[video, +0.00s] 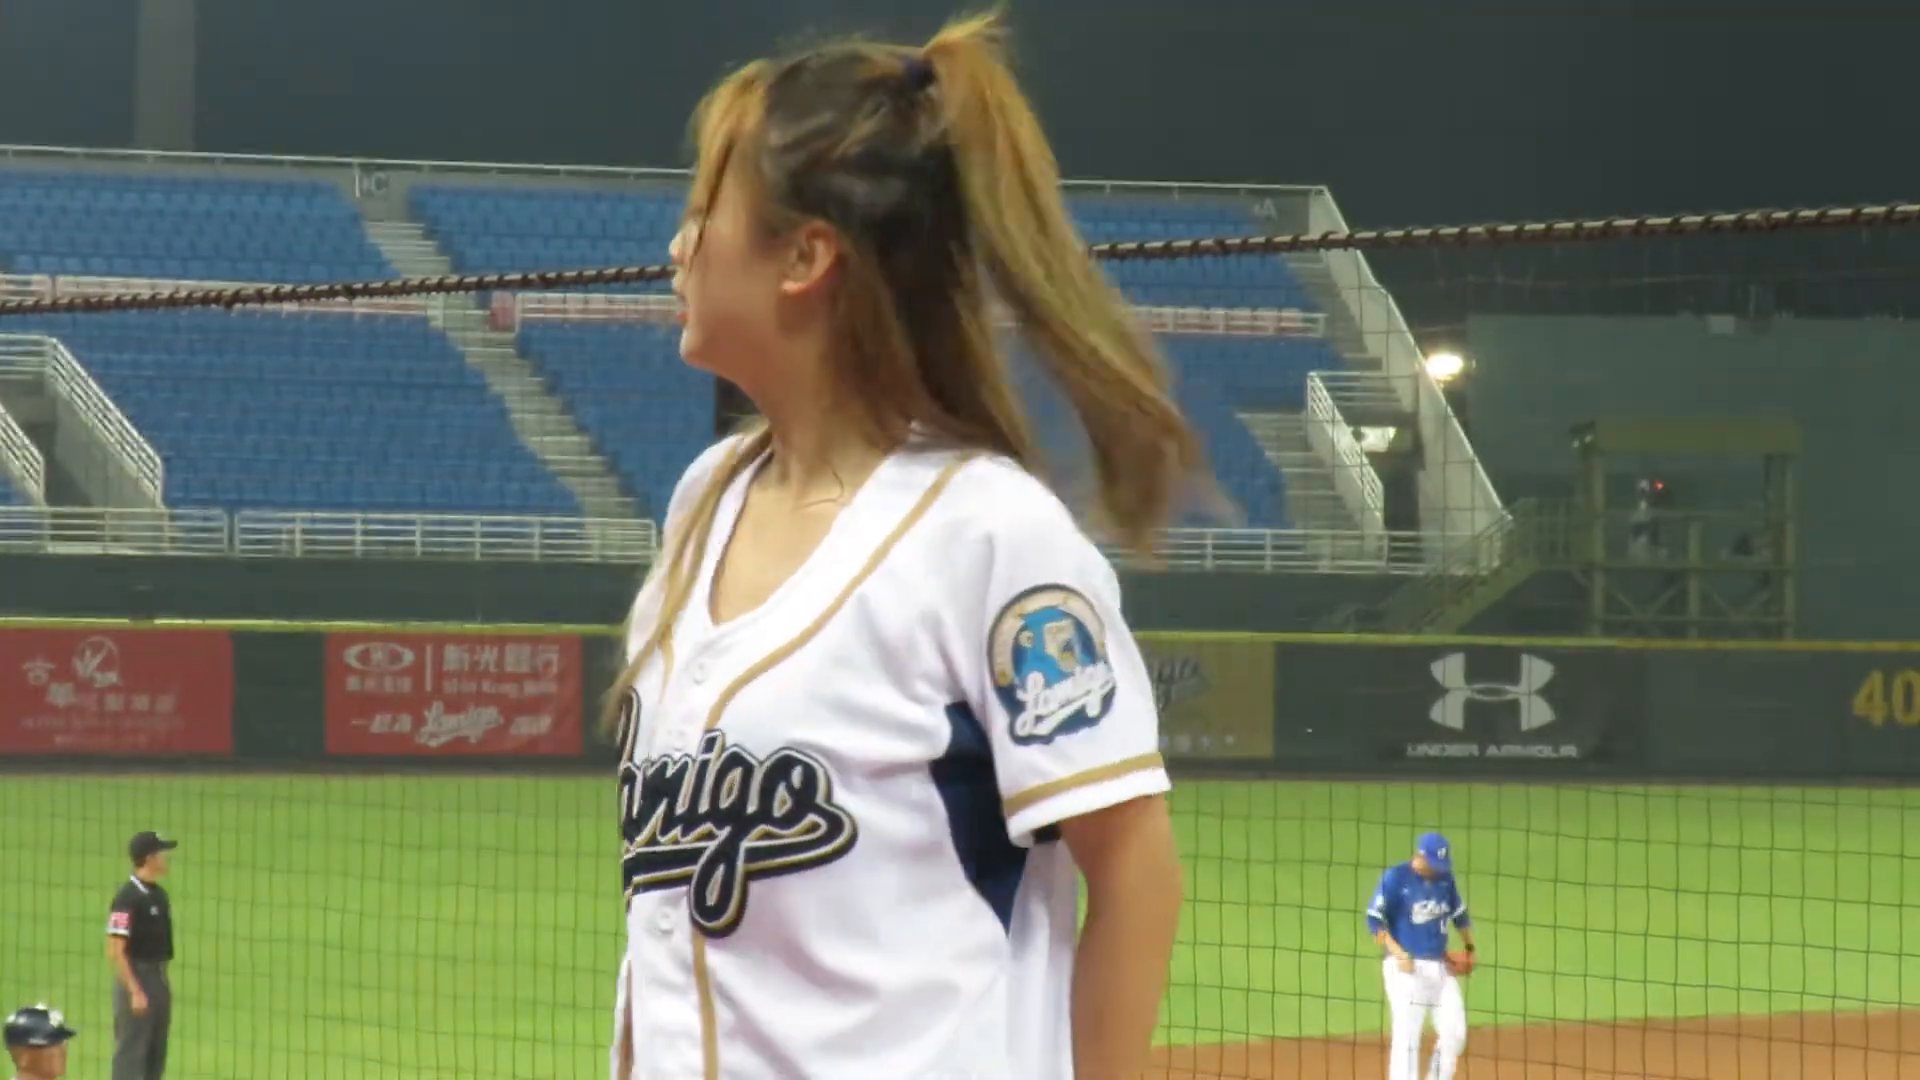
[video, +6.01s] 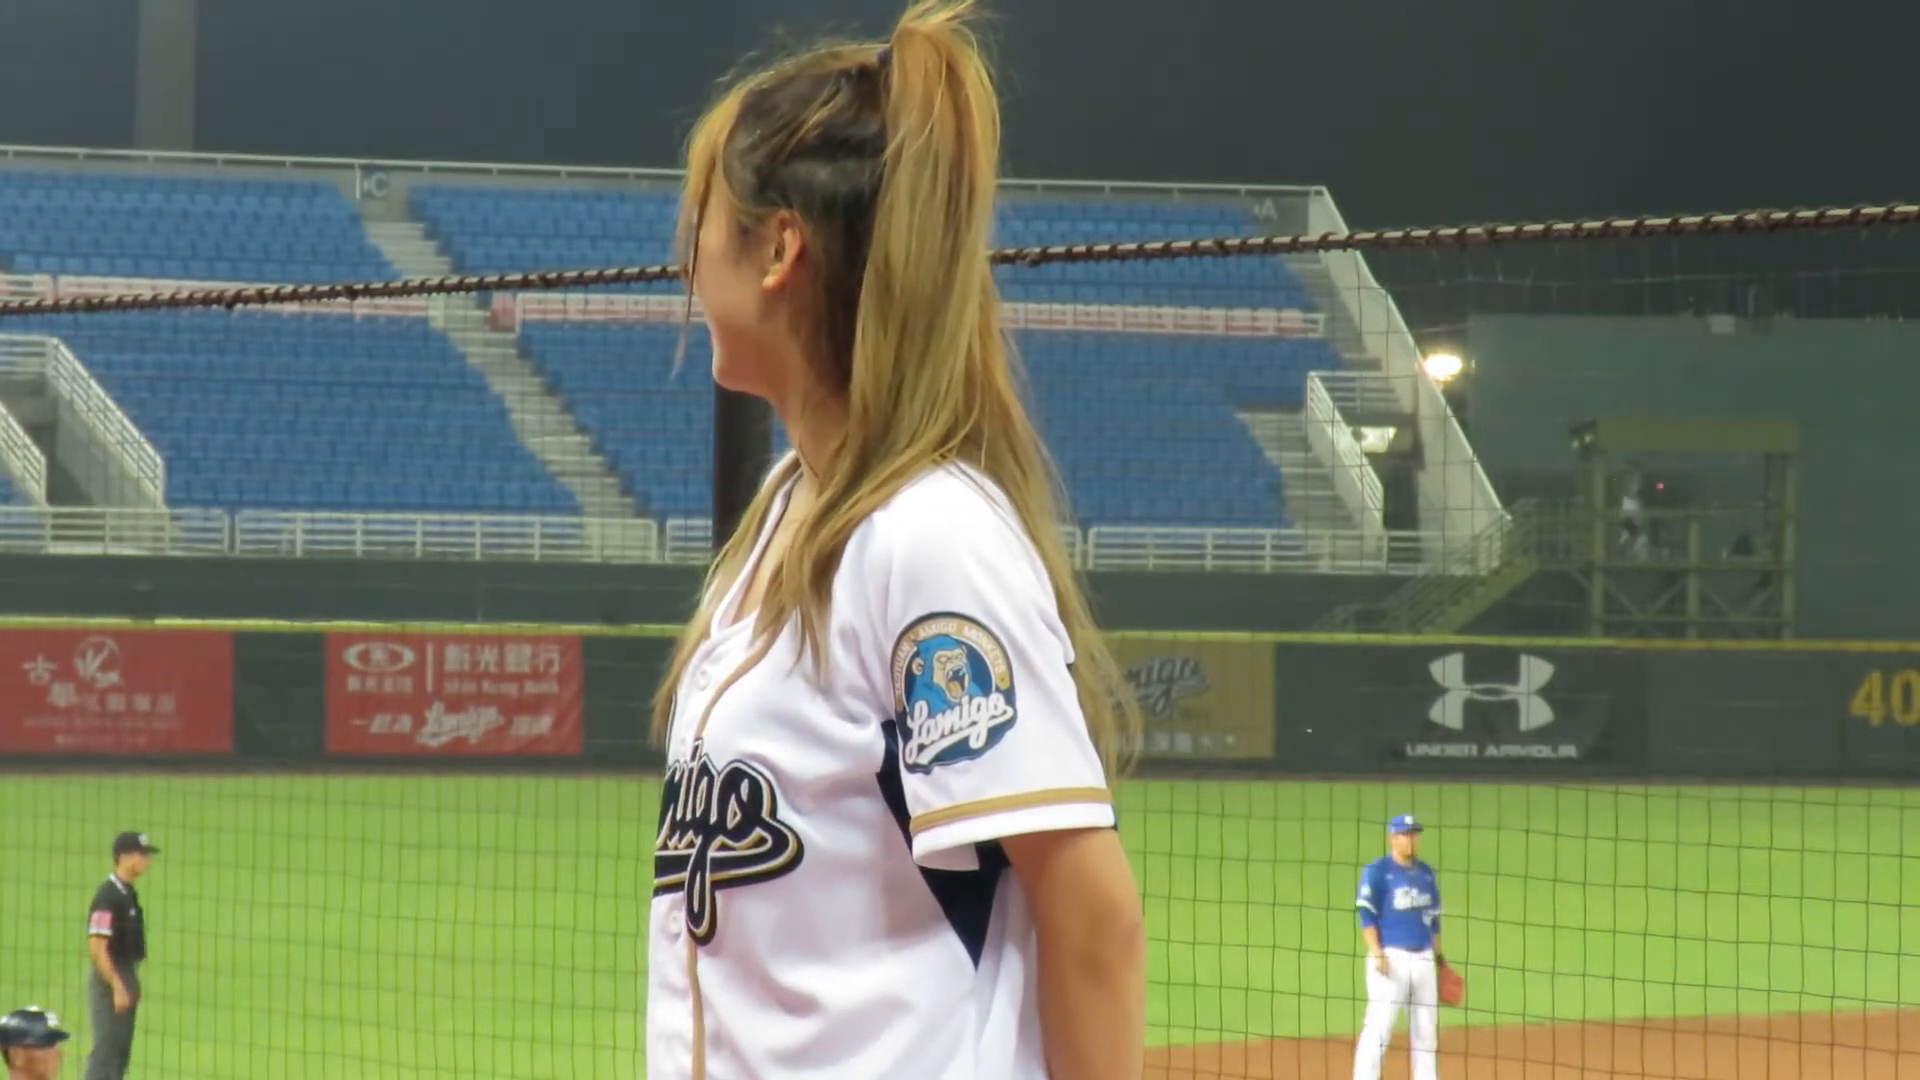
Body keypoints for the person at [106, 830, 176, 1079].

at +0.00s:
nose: (165, 859)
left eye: (163, 854)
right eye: (160, 855)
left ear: (150, 859)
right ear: (147, 859)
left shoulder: (158, 894)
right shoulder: (128, 896)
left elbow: (154, 943)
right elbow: (116, 950)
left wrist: (161, 981)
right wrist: (135, 990)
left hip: (157, 968)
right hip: (136, 969)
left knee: (156, 1045)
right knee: (134, 1047)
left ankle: (152, 1074)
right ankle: (130, 1074)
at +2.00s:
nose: (120, 865)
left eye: (123, 859)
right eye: (114, 859)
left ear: (127, 862)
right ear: (100, 860)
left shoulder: (126, 900)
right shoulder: (82, 903)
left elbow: (128, 949)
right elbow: (68, 952)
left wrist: (133, 991)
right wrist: (69, 996)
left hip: (117, 972)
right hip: (90, 973)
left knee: (128, 1053)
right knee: (86, 1053)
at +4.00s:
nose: (116, 866)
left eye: (117, 860)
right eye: (110, 859)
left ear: (118, 862)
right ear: (94, 861)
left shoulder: (118, 901)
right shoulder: (77, 904)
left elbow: (121, 952)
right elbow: (65, 954)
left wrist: (129, 992)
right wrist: (72, 1000)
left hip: (113, 973)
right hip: (87, 972)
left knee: (125, 1051)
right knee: (84, 1052)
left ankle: (127, 1076)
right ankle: (82, 1074)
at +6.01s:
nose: (147, 861)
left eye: (147, 855)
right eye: (143, 855)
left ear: (131, 857)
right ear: (125, 856)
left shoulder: (128, 893)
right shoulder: (108, 894)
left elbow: (124, 943)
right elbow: (97, 945)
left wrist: (133, 981)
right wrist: (118, 985)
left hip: (127, 968)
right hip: (112, 969)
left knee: (120, 1049)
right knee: (108, 1049)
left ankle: (115, 1073)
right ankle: (100, 1074)